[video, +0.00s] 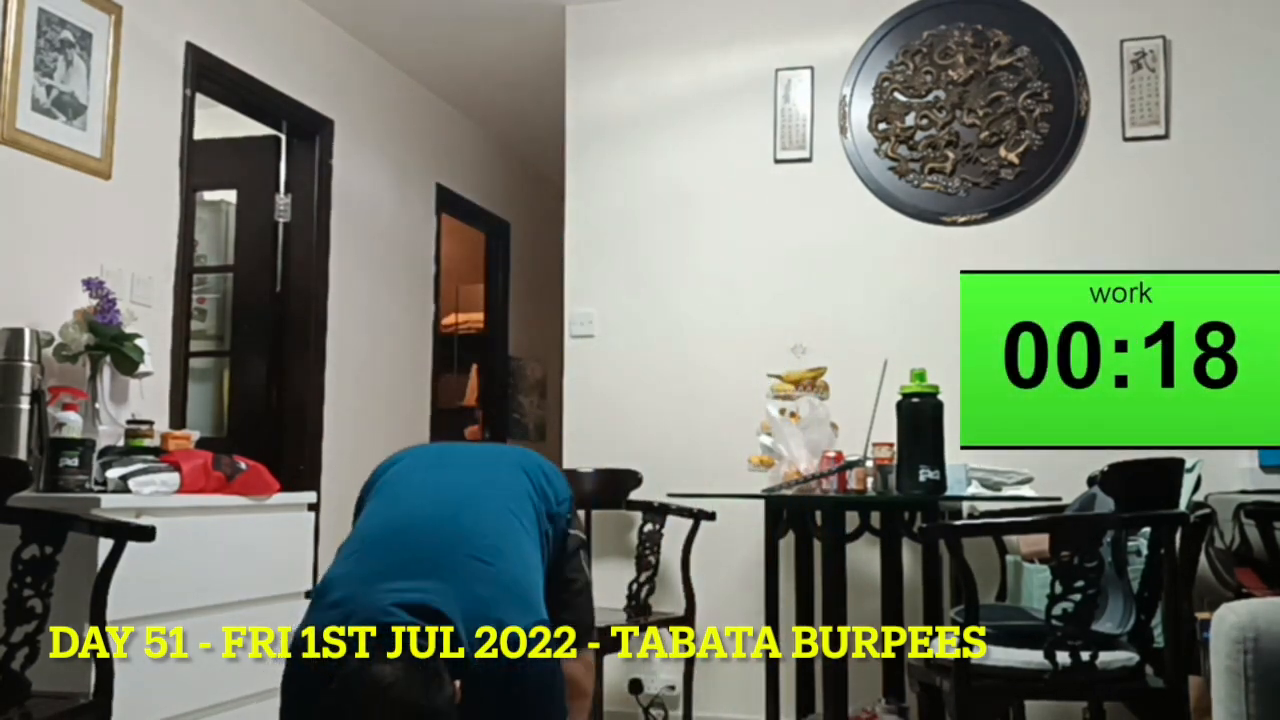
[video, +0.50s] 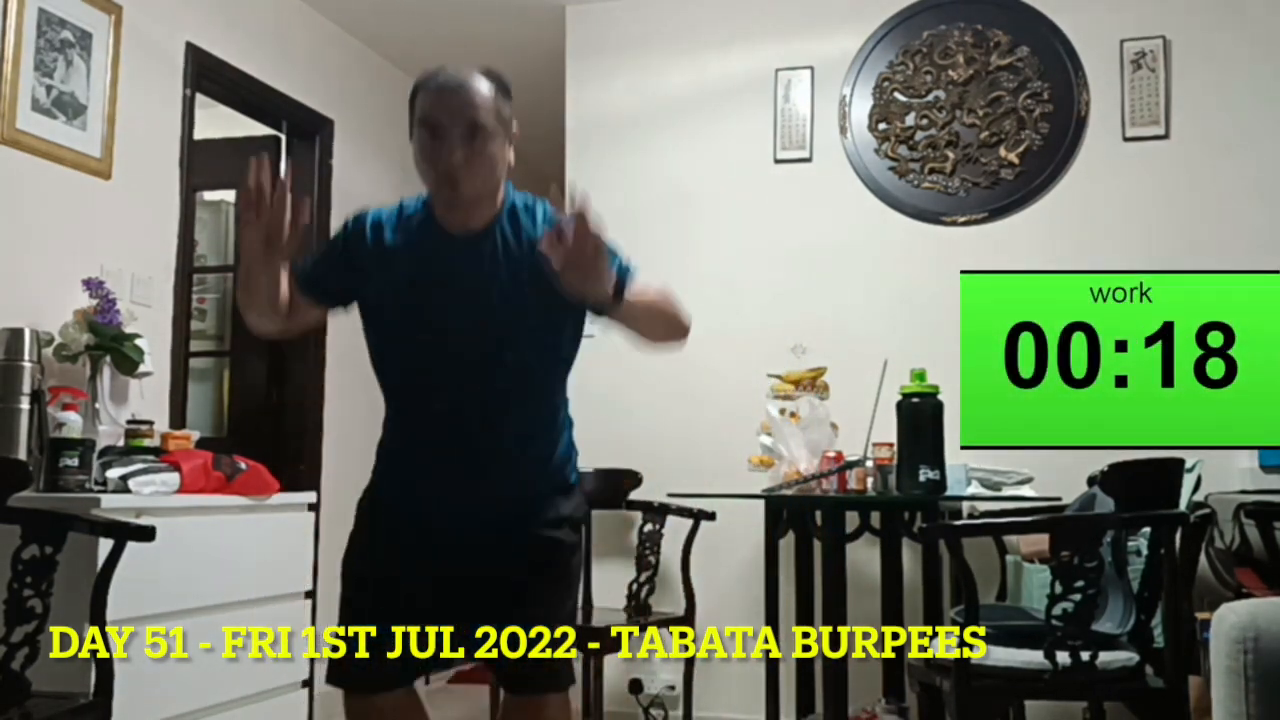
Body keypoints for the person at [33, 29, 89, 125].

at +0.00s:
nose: (66, 51)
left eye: (69, 48)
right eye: (63, 48)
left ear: (74, 49)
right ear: (60, 50)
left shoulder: (79, 65)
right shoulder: (61, 60)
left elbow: (70, 89)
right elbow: (57, 81)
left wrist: (49, 83)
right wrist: (49, 101)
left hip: (80, 102)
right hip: (63, 95)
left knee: (64, 98)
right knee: (47, 88)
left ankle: (70, 120)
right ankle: (61, 117)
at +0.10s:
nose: (66, 51)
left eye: (69, 48)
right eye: (63, 48)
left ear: (74, 49)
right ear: (61, 50)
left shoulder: (79, 65)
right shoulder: (61, 60)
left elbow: (70, 89)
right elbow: (57, 81)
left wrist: (49, 83)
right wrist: (49, 101)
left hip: (80, 102)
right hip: (63, 95)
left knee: (64, 98)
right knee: (48, 89)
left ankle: (70, 120)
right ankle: (61, 117)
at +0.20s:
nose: (66, 51)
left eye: (69, 48)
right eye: (63, 48)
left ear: (74, 49)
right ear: (61, 50)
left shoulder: (79, 65)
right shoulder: (61, 60)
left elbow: (70, 89)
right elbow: (57, 81)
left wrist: (49, 82)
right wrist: (49, 100)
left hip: (80, 102)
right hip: (63, 95)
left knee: (64, 98)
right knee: (48, 88)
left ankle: (70, 120)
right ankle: (61, 116)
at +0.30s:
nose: (66, 51)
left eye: (69, 48)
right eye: (63, 48)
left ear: (74, 49)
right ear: (61, 50)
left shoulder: (79, 65)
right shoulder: (61, 60)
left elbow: (70, 89)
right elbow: (57, 81)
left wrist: (49, 82)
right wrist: (49, 101)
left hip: (80, 102)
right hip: (63, 95)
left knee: (64, 98)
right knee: (48, 88)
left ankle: (70, 120)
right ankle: (61, 116)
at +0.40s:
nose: (66, 51)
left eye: (69, 48)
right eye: (63, 48)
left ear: (74, 49)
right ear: (61, 50)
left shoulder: (79, 65)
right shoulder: (61, 60)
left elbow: (70, 89)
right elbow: (57, 81)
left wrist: (49, 82)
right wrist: (49, 101)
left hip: (80, 102)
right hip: (63, 95)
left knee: (64, 98)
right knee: (48, 88)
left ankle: (70, 120)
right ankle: (61, 116)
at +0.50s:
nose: (66, 51)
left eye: (69, 48)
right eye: (63, 48)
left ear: (74, 49)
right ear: (61, 50)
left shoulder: (79, 66)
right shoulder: (61, 60)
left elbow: (70, 89)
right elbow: (57, 81)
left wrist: (49, 82)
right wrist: (49, 100)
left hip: (80, 102)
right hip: (63, 95)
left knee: (64, 98)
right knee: (48, 88)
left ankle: (70, 120)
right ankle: (61, 116)